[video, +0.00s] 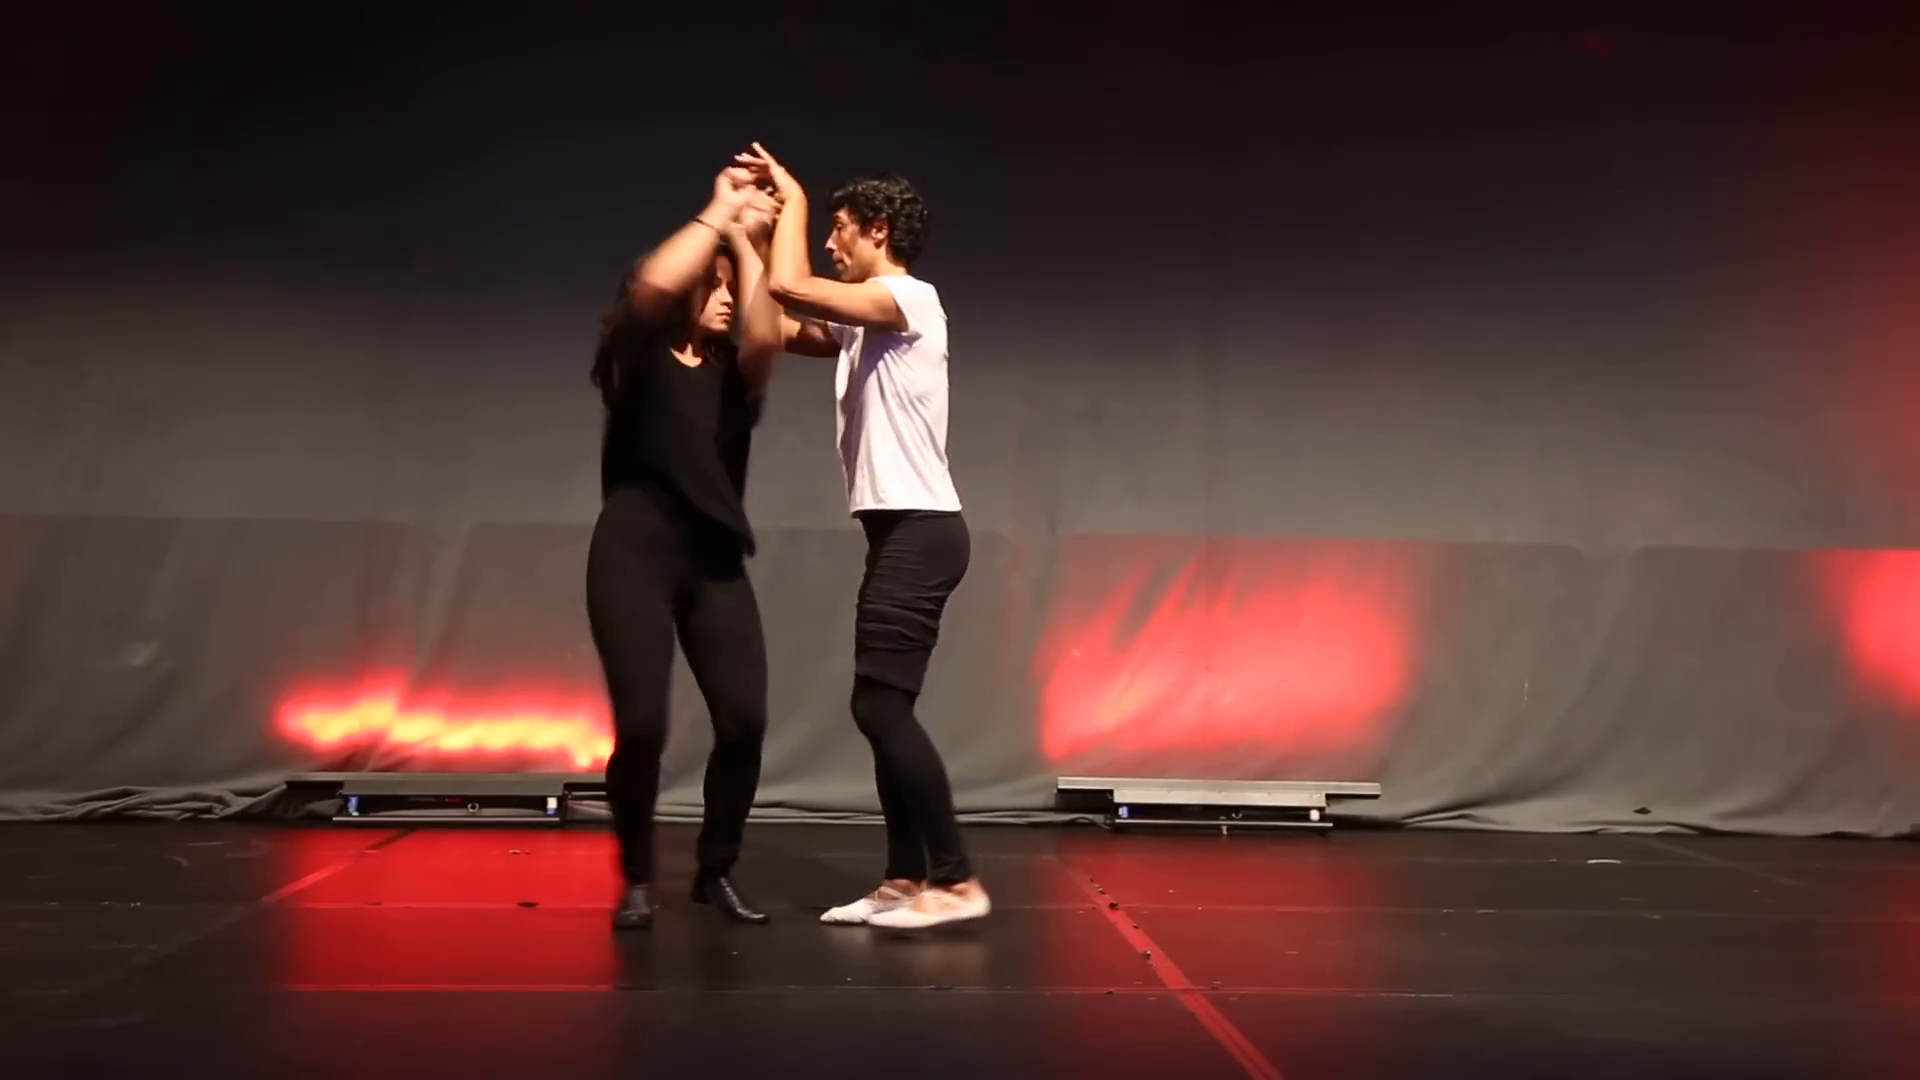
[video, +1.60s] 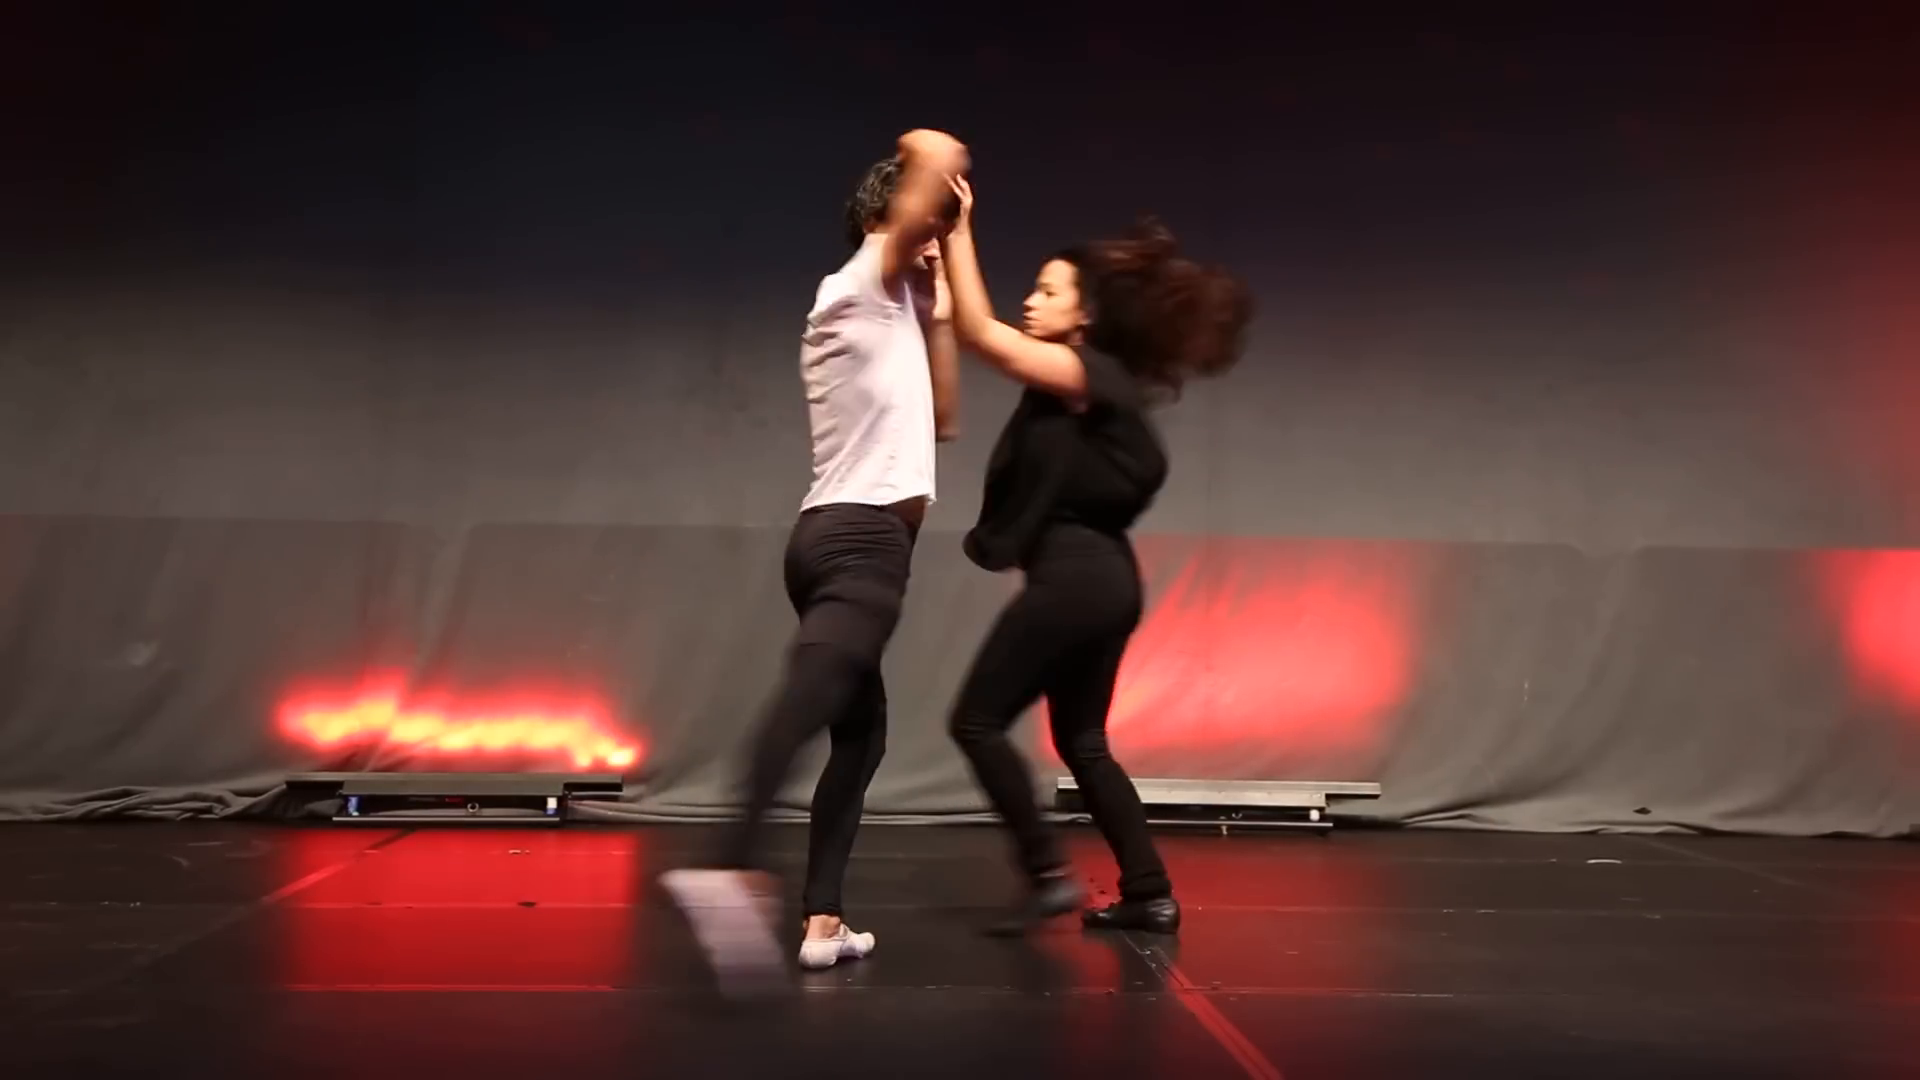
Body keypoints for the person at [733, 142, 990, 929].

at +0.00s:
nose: (833, 245)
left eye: (843, 230)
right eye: (835, 232)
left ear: (878, 233)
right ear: (872, 237)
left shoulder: (910, 300)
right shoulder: (870, 321)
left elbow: (793, 284)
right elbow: (778, 325)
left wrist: (793, 200)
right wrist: (753, 229)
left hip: (920, 528)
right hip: (897, 529)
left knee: (885, 707)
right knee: (880, 710)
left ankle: (955, 883)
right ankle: (906, 879)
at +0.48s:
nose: (880, 236)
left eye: (885, 222)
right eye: (882, 222)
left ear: (914, 221)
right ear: (945, 228)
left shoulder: (926, 288)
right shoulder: (977, 309)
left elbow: (793, 318)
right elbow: (884, 400)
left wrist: (805, 243)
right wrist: (817, 294)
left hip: (919, 524)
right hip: (937, 523)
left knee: (901, 709)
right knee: (883, 700)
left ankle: (955, 908)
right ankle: (904, 880)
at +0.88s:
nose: (918, 228)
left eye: (923, 213)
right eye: (921, 214)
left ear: (947, 218)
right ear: (987, 226)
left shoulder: (956, 293)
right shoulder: (1003, 311)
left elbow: (822, 330)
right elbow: (915, 428)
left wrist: (820, 252)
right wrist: (861, 338)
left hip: (948, 539)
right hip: (1005, 538)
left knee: (908, 724)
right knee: (984, 728)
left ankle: (955, 912)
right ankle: (1041, 902)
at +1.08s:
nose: (903, 216)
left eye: (908, 204)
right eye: (906, 202)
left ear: (921, 215)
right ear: (985, 225)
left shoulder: (894, 287)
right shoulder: (1015, 310)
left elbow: (772, 300)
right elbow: (943, 310)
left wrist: (821, 219)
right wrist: (884, 255)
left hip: (924, 535)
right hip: (1003, 538)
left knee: (878, 719)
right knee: (997, 729)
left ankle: (892, 911)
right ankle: (1058, 909)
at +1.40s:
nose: (939, 241)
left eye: (938, 226)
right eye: (932, 225)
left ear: (854, 226)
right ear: (898, 226)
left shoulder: (791, 306)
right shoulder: (934, 289)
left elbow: (790, 322)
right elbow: (1060, 243)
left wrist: (836, 264)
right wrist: (983, 178)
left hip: (821, 531)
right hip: (897, 522)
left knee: (860, 734)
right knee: (966, 724)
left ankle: (823, 922)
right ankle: (1059, 889)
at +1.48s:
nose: (937, 241)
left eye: (937, 227)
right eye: (929, 228)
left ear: (865, 230)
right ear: (889, 231)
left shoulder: (796, 309)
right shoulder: (915, 285)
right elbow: (1035, 204)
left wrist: (943, 315)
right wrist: (971, 151)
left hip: (812, 532)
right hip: (882, 524)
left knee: (854, 734)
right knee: (922, 705)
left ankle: (822, 922)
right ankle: (955, 873)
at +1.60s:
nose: (938, 236)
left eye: (944, 222)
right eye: (931, 218)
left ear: (880, 229)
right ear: (895, 218)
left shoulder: (888, 317)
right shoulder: (856, 290)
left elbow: (945, 415)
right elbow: (933, 167)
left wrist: (938, 304)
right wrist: (925, 149)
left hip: (827, 537)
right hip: (863, 535)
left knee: (860, 731)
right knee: (806, 700)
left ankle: (822, 922)